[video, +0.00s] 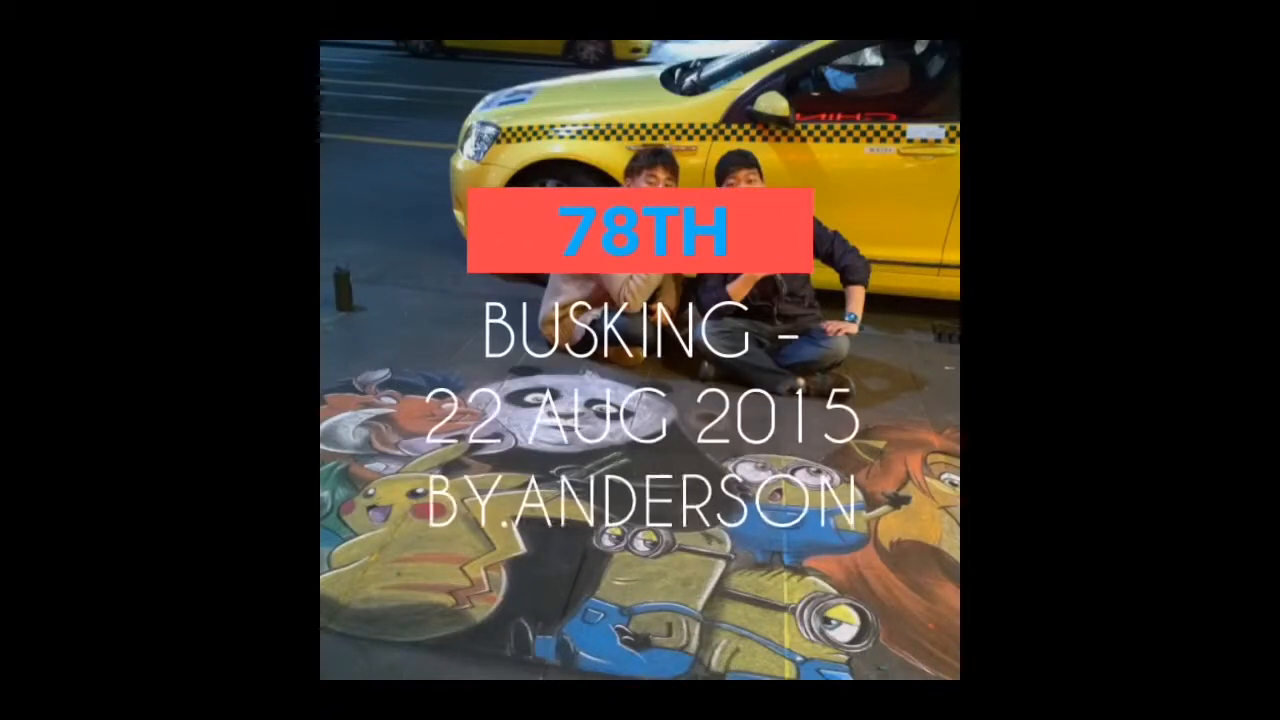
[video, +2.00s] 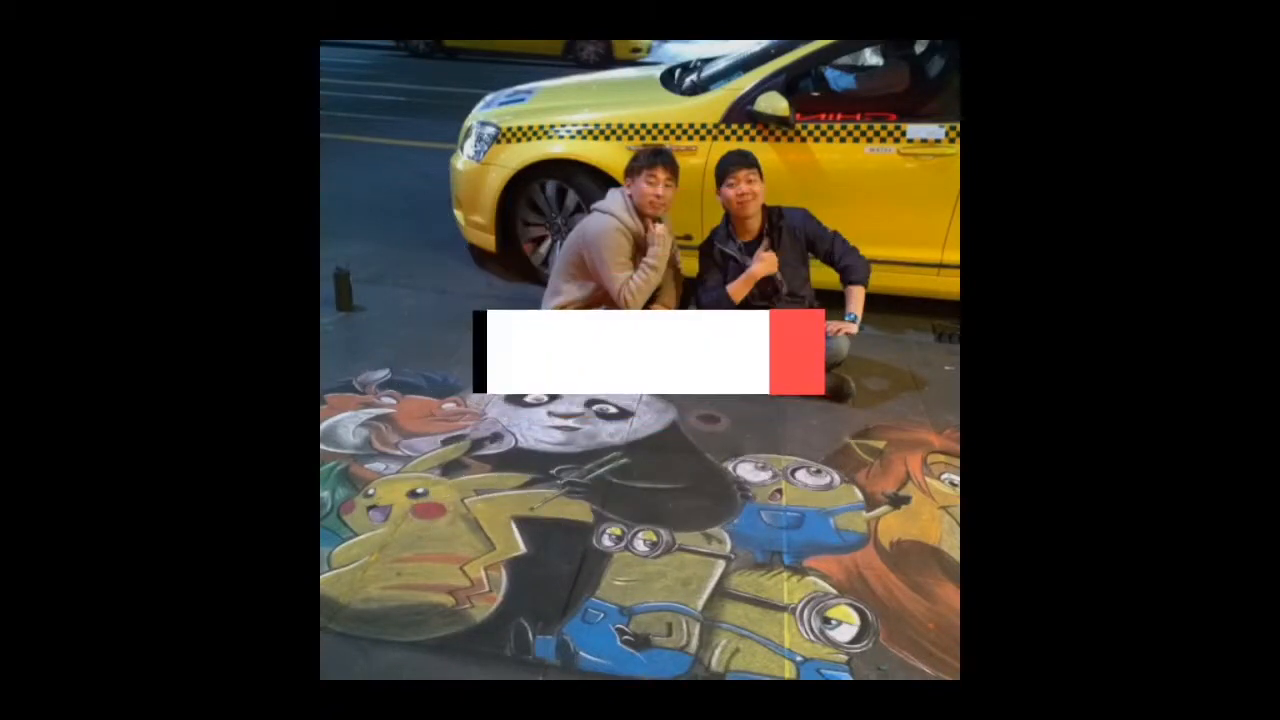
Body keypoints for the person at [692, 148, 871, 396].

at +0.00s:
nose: (743, 190)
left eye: (750, 181)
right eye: (732, 184)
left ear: (763, 185)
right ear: (721, 192)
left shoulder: (792, 220)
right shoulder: (716, 230)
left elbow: (854, 262)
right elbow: (708, 304)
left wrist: (851, 320)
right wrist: (752, 275)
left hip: (801, 325)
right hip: (748, 324)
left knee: (836, 344)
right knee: (709, 333)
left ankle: (731, 370)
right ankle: (800, 386)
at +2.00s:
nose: (743, 191)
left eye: (750, 181)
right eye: (732, 185)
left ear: (763, 187)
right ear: (720, 196)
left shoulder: (795, 222)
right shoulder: (713, 247)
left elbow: (853, 262)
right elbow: (707, 306)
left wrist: (851, 320)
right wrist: (752, 275)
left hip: (798, 329)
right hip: (742, 332)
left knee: (838, 344)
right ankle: (814, 385)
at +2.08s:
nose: (743, 190)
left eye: (751, 181)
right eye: (732, 185)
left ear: (763, 187)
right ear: (720, 196)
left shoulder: (795, 223)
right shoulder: (713, 247)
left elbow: (853, 262)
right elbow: (707, 306)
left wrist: (851, 320)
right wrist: (752, 275)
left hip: (799, 328)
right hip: (743, 332)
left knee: (838, 344)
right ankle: (817, 384)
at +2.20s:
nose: (743, 191)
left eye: (750, 181)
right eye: (732, 185)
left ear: (763, 186)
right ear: (720, 196)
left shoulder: (795, 222)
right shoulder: (713, 247)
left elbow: (853, 263)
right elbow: (707, 306)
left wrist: (851, 320)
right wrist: (752, 275)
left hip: (800, 327)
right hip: (745, 332)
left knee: (839, 344)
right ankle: (815, 384)